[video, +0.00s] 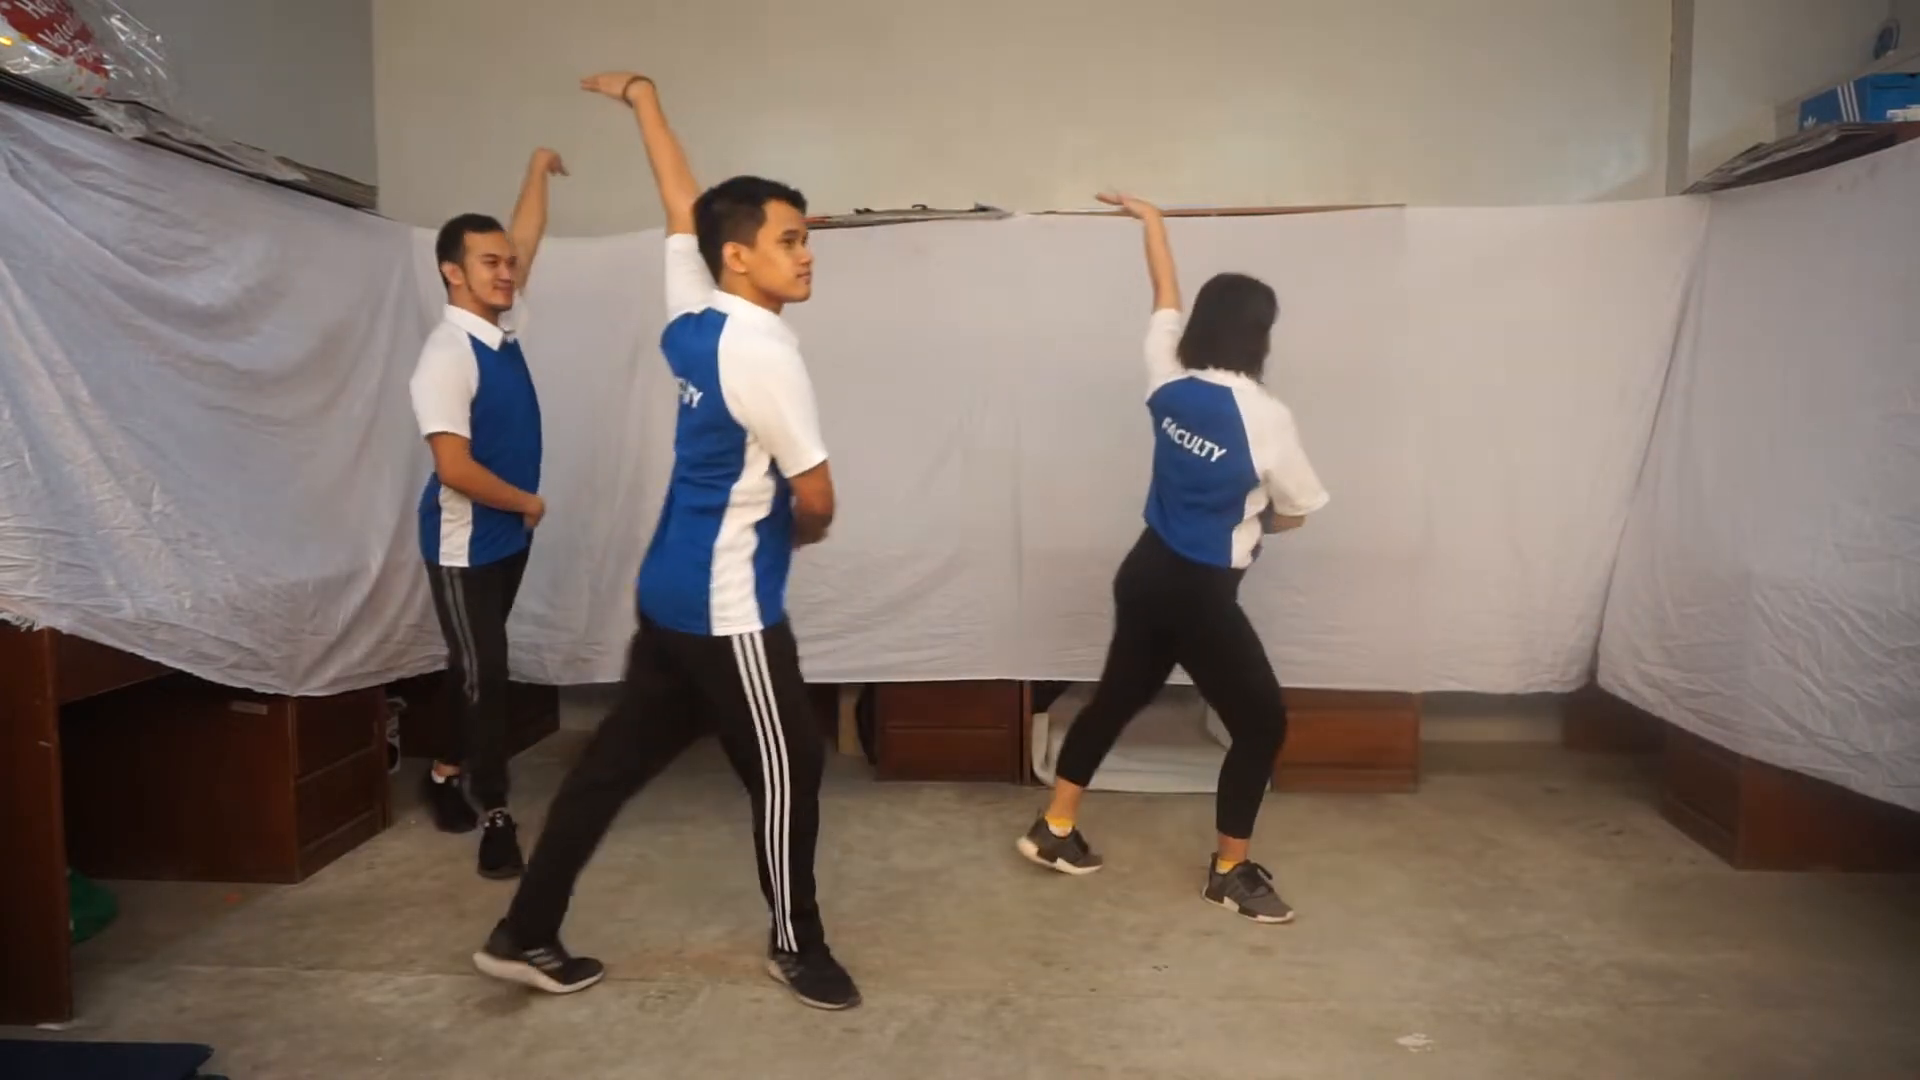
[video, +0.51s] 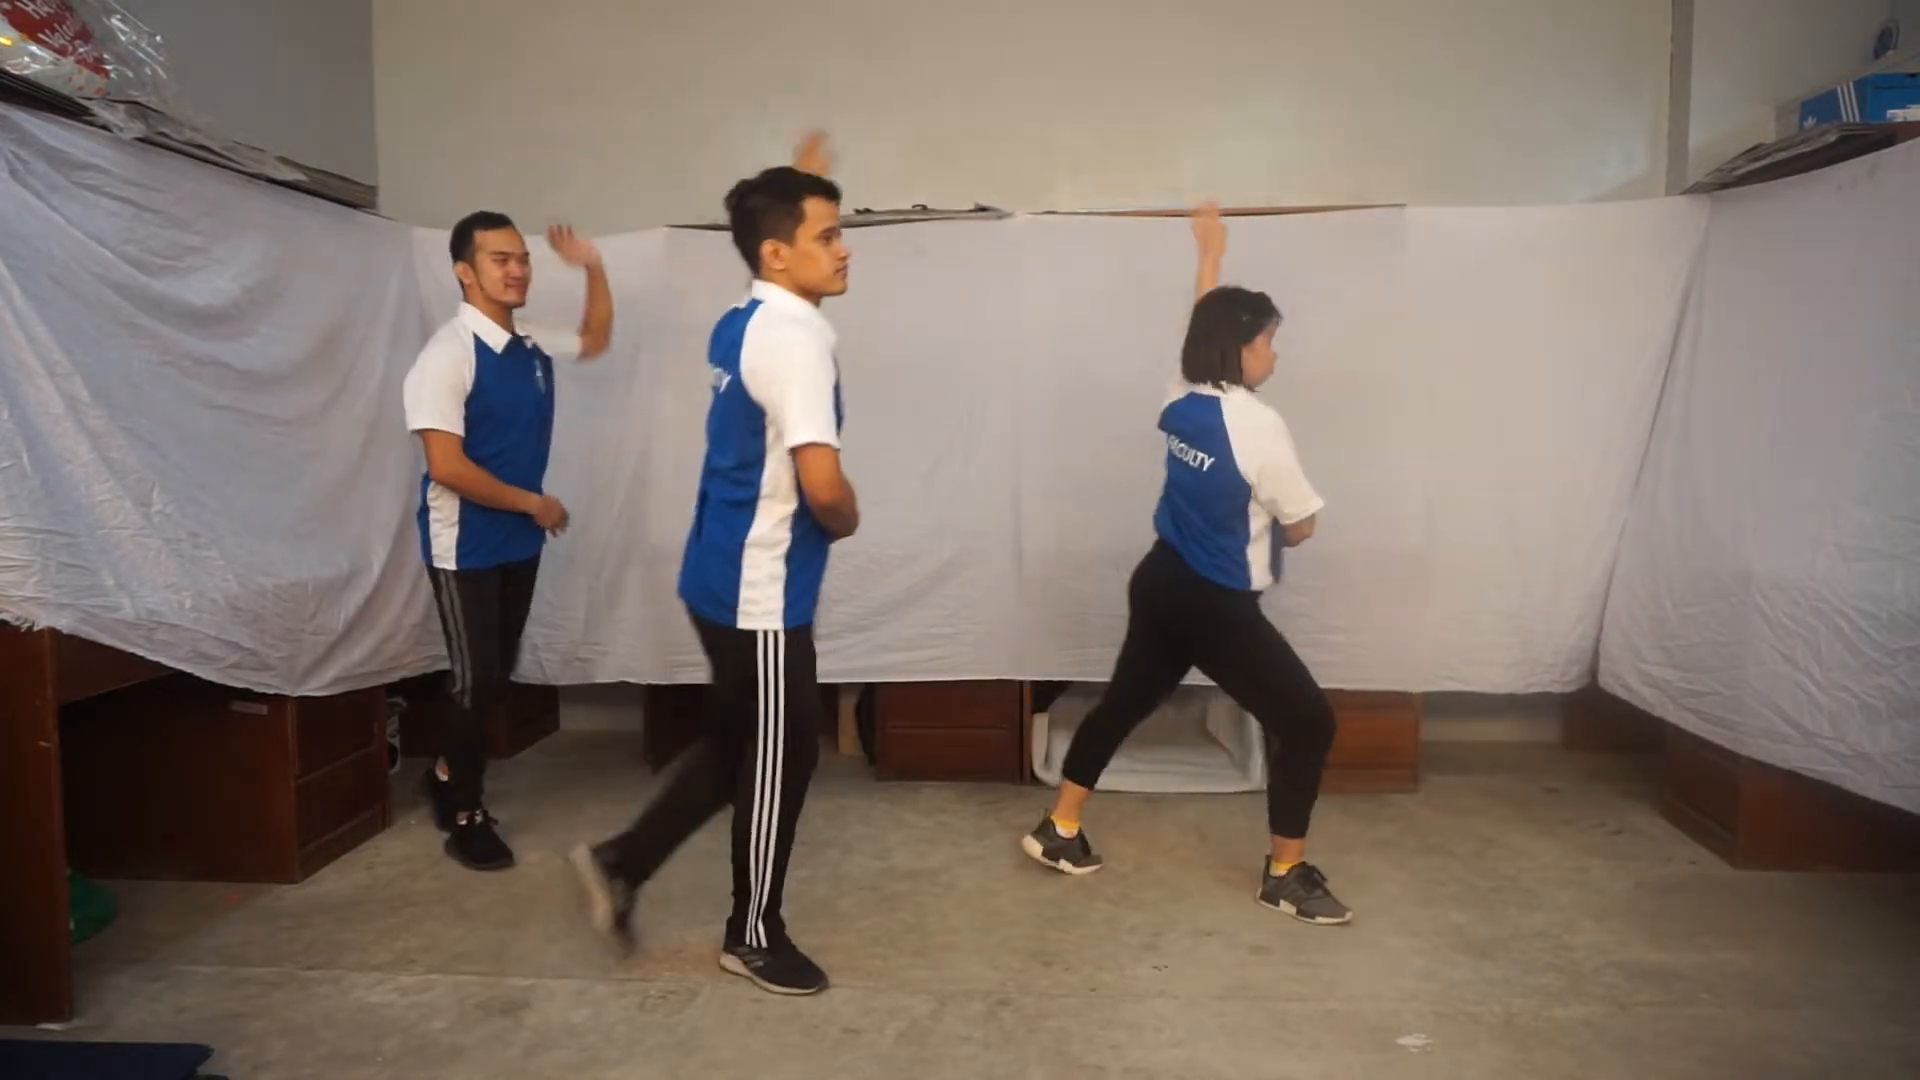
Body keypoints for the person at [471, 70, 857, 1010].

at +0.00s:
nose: (808, 255)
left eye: (805, 240)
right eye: (791, 242)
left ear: (735, 259)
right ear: (737, 255)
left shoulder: (696, 311)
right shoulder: (762, 345)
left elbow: (683, 202)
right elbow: (816, 500)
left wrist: (643, 96)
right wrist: (799, 529)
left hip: (678, 593)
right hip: (731, 604)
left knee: (616, 763)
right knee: (786, 767)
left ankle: (525, 932)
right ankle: (798, 943)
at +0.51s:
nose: (844, 253)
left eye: (841, 237)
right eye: (828, 241)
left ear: (771, 253)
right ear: (776, 254)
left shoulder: (747, 320)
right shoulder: (796, 339)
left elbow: (776, 247)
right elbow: (822, 488)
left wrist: (795, 189)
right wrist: (846, 519)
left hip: (729, 581)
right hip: (763, 591)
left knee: (739, 740)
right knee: (782, 754)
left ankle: (620, 861)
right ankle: (756, 927)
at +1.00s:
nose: (993, 246)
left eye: (1002, 229)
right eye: (972, 234)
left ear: (1016, 237)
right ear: (938, 249)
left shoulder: (1043, 349)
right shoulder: (910, 342)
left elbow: (1069, 471)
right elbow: (863, 461)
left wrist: (1098, 581)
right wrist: (976, 520)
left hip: (1018, 589)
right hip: (941, 597)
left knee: (990, 757)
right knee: (959, 769)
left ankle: (965, 889)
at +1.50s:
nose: (1125, 243)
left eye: (1144, 227)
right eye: (1113, 226)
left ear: (1187, 231)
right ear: (1105, 231)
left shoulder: (1197, 329)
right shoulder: (1125, 309)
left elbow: (1145, 470)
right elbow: (1041, 263)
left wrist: (1064, 572)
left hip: (1207, 601)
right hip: (1136, 589)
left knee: (1220, 783)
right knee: (1107, 757)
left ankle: (1256, 959)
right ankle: (1074, 925)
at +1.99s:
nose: (1196, 270)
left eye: (1207, 253)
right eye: (1200, 253)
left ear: (1256, 260)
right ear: (1275, 260)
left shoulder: (1223, 366)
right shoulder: (1340, 325)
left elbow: (1186, 512)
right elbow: (1387, 207)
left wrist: (1253, 546)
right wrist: (1451, 94)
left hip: (1282, 613)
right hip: (1369, 592)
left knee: (1202, 775)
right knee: (1407, 783)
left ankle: (1246, 959)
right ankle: (1473, 988)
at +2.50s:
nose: (1102, 243)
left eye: (1121, 228)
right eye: (1095, 227)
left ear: (1170, 234)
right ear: (1090, 229)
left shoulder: (1164, 326)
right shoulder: (1139, 316)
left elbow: (1122, 473)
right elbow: (1127, 427)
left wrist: (1057, 557)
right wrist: (1073, 475)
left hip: (1173, 594)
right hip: (1137, 586)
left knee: (1189, 764)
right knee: (1102, 724)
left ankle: (1217, 950)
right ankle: (1194, 876)